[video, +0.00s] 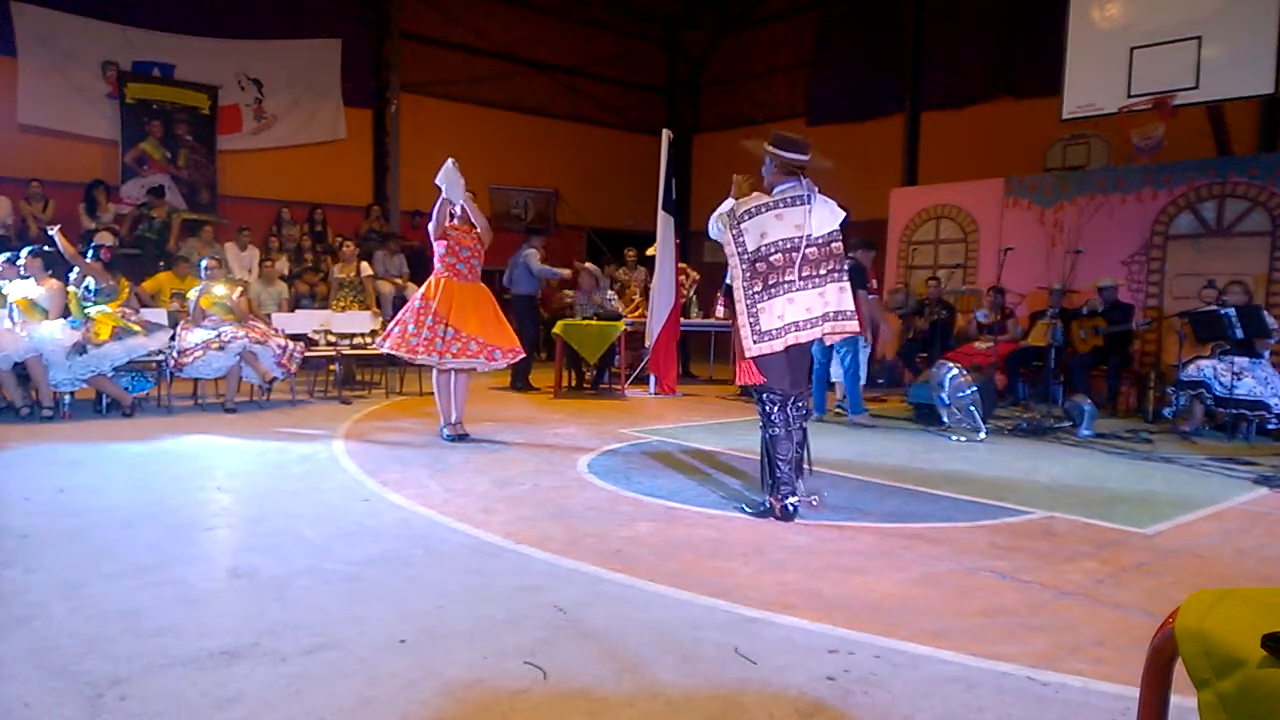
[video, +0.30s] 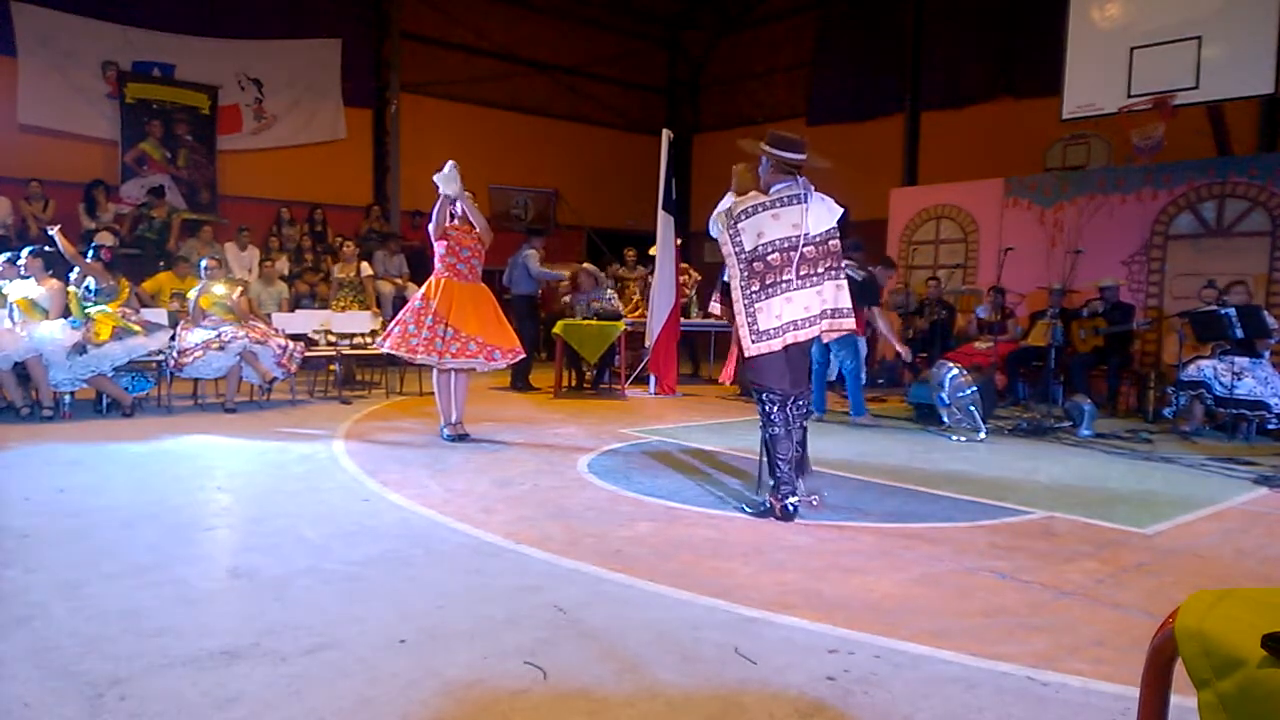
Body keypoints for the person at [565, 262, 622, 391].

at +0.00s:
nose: (583, 280)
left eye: (587, 276)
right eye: (581, 276)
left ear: (595, 279)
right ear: (578, 279)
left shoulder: (606, 294)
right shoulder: (576, 295)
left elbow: (617, 312)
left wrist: (601, 303)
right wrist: (562, 301)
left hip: (601, 331)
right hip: (580, 331)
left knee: (610, 349)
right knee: (571, 346)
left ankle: (597, 380)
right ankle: (579, 378)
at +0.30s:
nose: (581, 281)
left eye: (585, 277)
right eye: (579, 277)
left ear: (594, 279)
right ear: (576, 280)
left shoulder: (608, 294)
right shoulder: (573, 297)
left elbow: (619, 312)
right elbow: (567, 315)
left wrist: (600, 309)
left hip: (602, 331)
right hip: (580, 331)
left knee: (610, 348)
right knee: (570, 344)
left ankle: (597, 381)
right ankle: (579, 377)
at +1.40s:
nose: (593, 273)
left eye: (597, 271)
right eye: (591, 270)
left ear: (605, 276)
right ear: (588, 274)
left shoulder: (613, 296)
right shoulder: (579, 291)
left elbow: (620, 314)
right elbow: (567, 308)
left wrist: (602, 308)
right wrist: (581, 299)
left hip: (603, 330)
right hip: (582, 327)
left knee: (609, 348)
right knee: (571, 345)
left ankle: (597, 380)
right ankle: (579, 378)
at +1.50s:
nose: (593, 272)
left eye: (598, 270)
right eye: (592, 269)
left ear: (605, 275)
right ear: (588, 273)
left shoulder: (613, 295)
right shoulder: (579, 291)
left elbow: (620, 314)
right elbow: (568, 306)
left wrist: (602, 307)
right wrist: (581, 298)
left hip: (603, 329)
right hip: (582, 327)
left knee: (609, 348)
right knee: (570, 346)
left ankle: (597, 380)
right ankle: (579, 378)